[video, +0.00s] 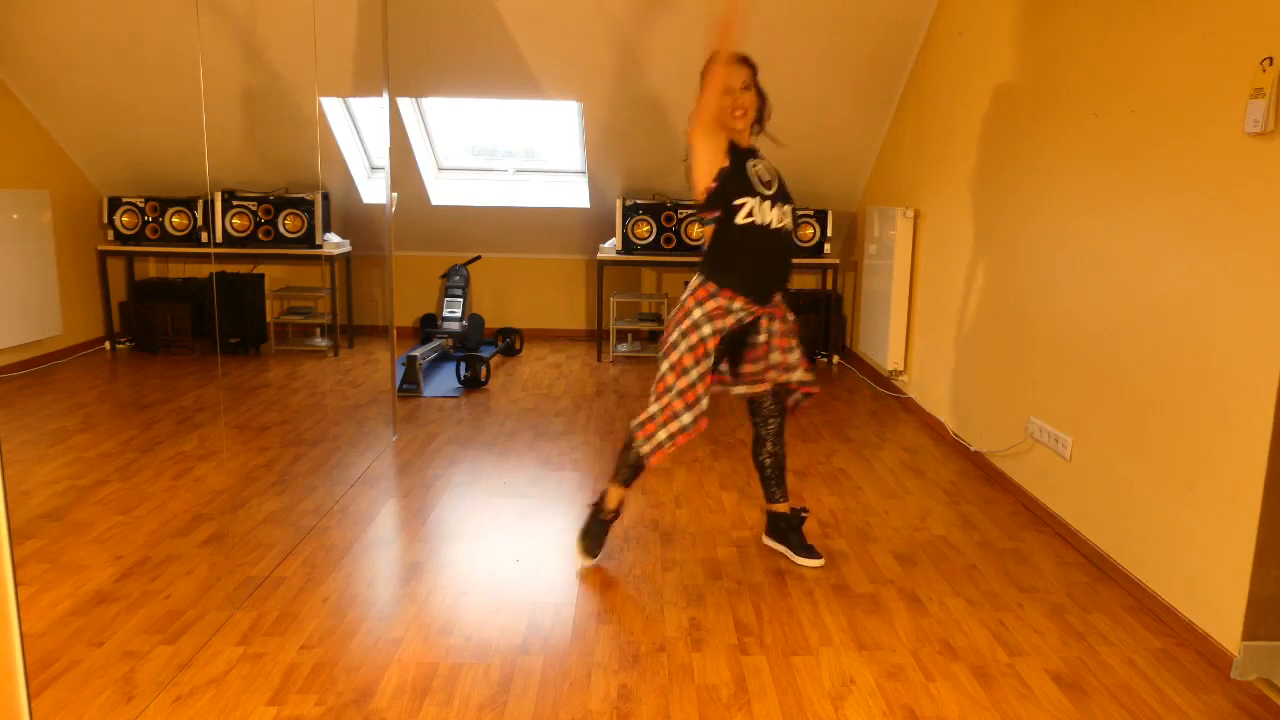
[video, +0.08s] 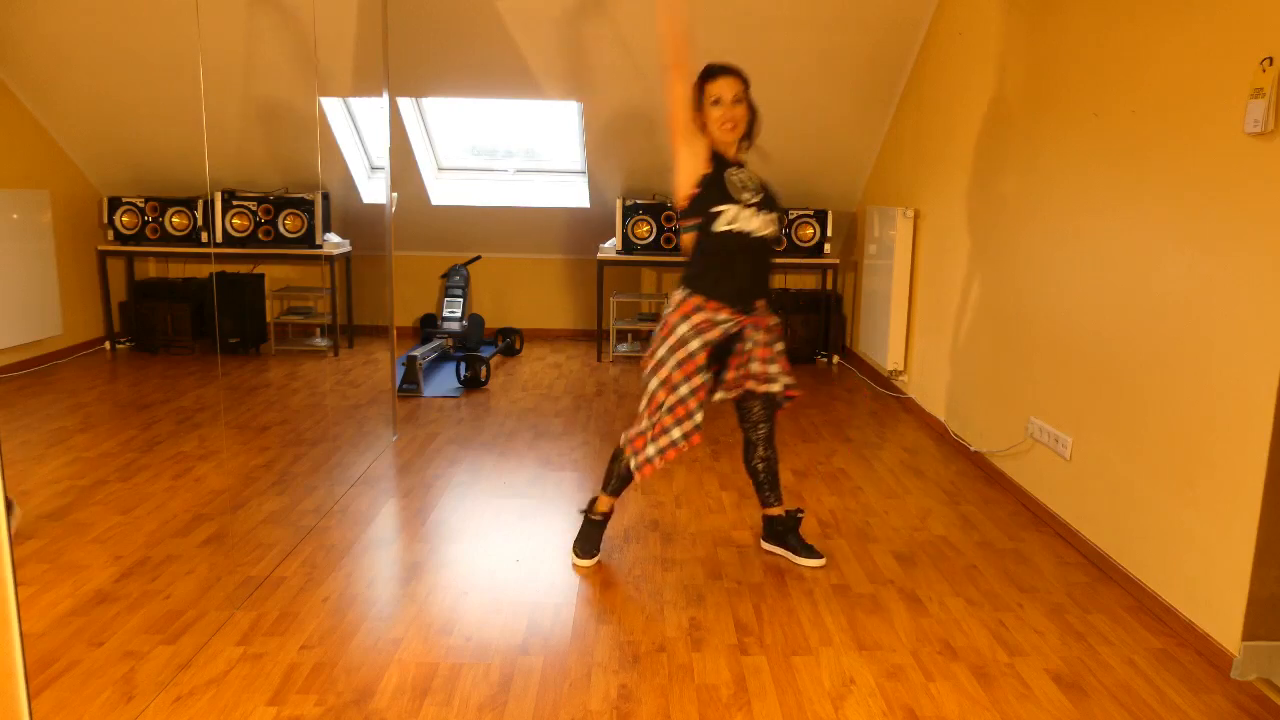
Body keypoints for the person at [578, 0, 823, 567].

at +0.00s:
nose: (740, 100)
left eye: (747, 91)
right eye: (728, 92)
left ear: (758, 103)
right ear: (707, 103)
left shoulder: (758, 160)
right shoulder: (709, 151)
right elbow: (715, 69)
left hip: (764, 309)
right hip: (714, 304)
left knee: (769, 420)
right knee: (669, 410)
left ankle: (780, 519)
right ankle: (608, 505)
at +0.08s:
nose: (730, 112)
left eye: (738, 102)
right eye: (717, 103)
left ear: (750, 113)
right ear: (699, 116)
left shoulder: (749, 179)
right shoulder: (694, 166)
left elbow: (703, 243)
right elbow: (675, 69)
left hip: (751, 314)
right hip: (701, 312)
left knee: (760, 423)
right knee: (658, 418)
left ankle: (776, 522)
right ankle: (600, 510)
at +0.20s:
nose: (708, 123)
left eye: (718, 114)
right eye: (696, 114)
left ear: (730, 127)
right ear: (678, 127)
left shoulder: (725, 190)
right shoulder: (662, 165)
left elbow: (711, 260)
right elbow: (616, 92)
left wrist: (721, 311)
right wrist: (579, 21)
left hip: (716, 327)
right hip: (658, 325)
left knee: (743, 428)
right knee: (636, 431)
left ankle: (774, 524)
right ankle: (596, 518)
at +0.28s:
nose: (694, 130)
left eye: (703, 121)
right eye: (682, 121)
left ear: (717, 133)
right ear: (665, 130)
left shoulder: (723, 204)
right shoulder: (642, 162)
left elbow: (708, 269)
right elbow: (583, 108)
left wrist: (693, 316)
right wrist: (532, 61)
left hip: (684, 331)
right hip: (623, 326)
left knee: (732, 424)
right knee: (613, 433)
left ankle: (759, 524)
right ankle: (592, 522)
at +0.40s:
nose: (675, 139)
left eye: (685, 128)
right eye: (663, 130)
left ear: (700, 137)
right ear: (649, 141)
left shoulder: (710, 213)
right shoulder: (626, 179)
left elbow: (705, 281)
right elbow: (567, 172)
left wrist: (701, 340)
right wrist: (517, 161)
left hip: (659, 336)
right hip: (598, 327)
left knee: (689, 429)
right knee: (590, 432)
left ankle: (678, 495)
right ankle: (592, 520)